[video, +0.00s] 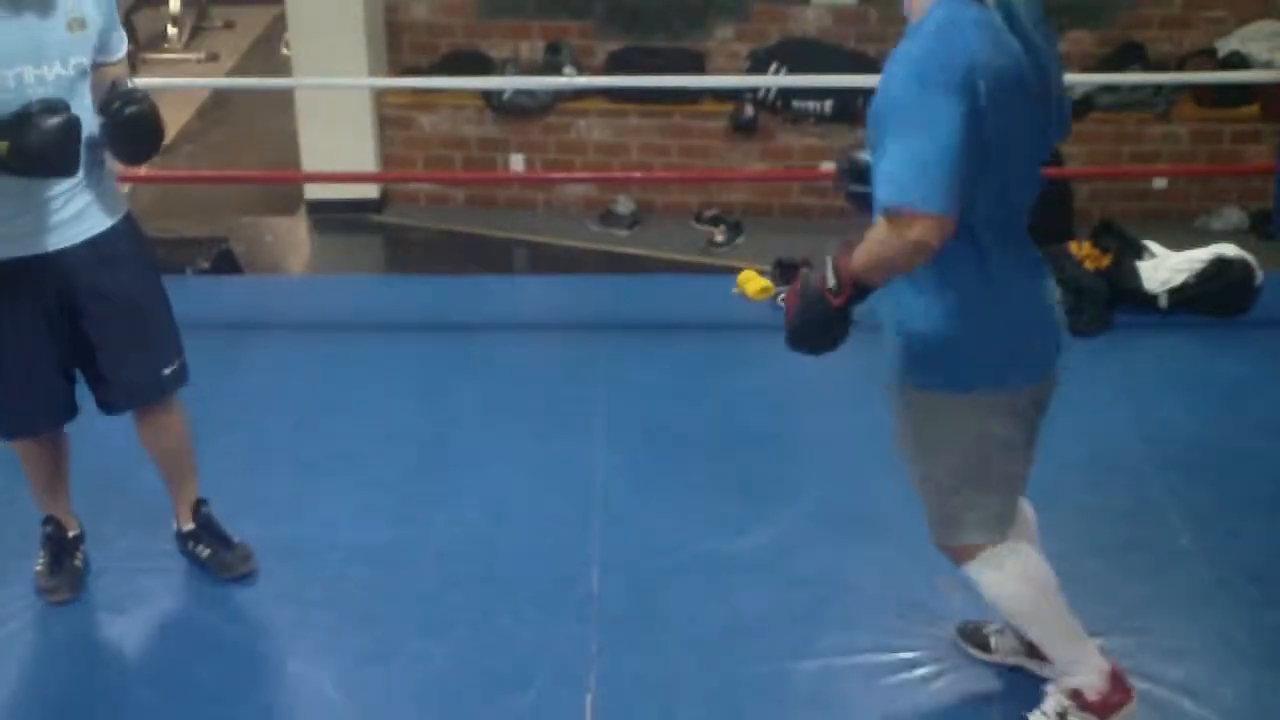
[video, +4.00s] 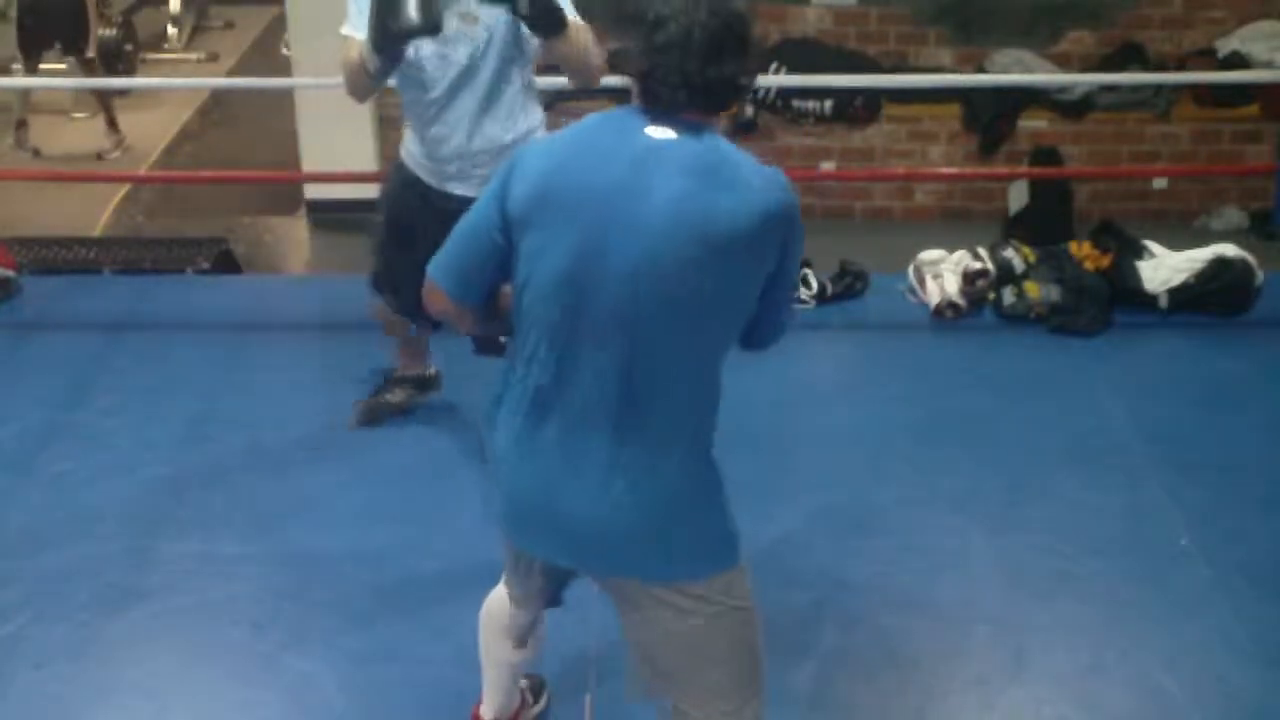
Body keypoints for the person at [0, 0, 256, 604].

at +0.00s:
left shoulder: (91, 7)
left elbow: (110, 83)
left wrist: (129, 123)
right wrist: (4, 146)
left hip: (96, 227)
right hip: (9, 248)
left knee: (154, 385)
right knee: (29, 412)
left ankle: (192, 521)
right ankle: (59, 533)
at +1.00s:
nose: (60, 65)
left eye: (62, 46)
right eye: (44, 54)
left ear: (67, 36)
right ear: (9, 60)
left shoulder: (73, 83)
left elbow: (111, 208)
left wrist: (121, 166)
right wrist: (34, 197)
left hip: (39, 270)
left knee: (170, 391)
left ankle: (258, 528)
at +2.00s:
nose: (199, 9)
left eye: (205, 6)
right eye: (184, 5)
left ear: (211, 5)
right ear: (144, 1)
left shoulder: (227, 30)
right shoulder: (76, 35)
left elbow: (278, 160)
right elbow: (100, 177)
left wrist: (275, 87)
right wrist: (168, 107)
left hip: (198, 243)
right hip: (79, 250)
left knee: (297, 379)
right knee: (12, 394)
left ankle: (342, 527)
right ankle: (0, 496)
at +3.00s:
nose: (262, 0)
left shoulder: (342, 7)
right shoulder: (190, 9)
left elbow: (375, 133)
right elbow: (197, 136)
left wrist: (371, 94)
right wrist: (264, 78)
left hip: (317, 214)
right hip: (205, 217)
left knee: (390, 362)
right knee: (163, 353)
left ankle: (431, 520)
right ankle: (191, 433)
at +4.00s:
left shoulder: (523, 0)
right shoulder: (381, 3)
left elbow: (588, 68)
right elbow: (357, 86)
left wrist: (547, 18)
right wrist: (386, 46)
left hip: (513, 164)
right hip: (426, 165)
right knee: (399, 294)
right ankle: (413, 372)